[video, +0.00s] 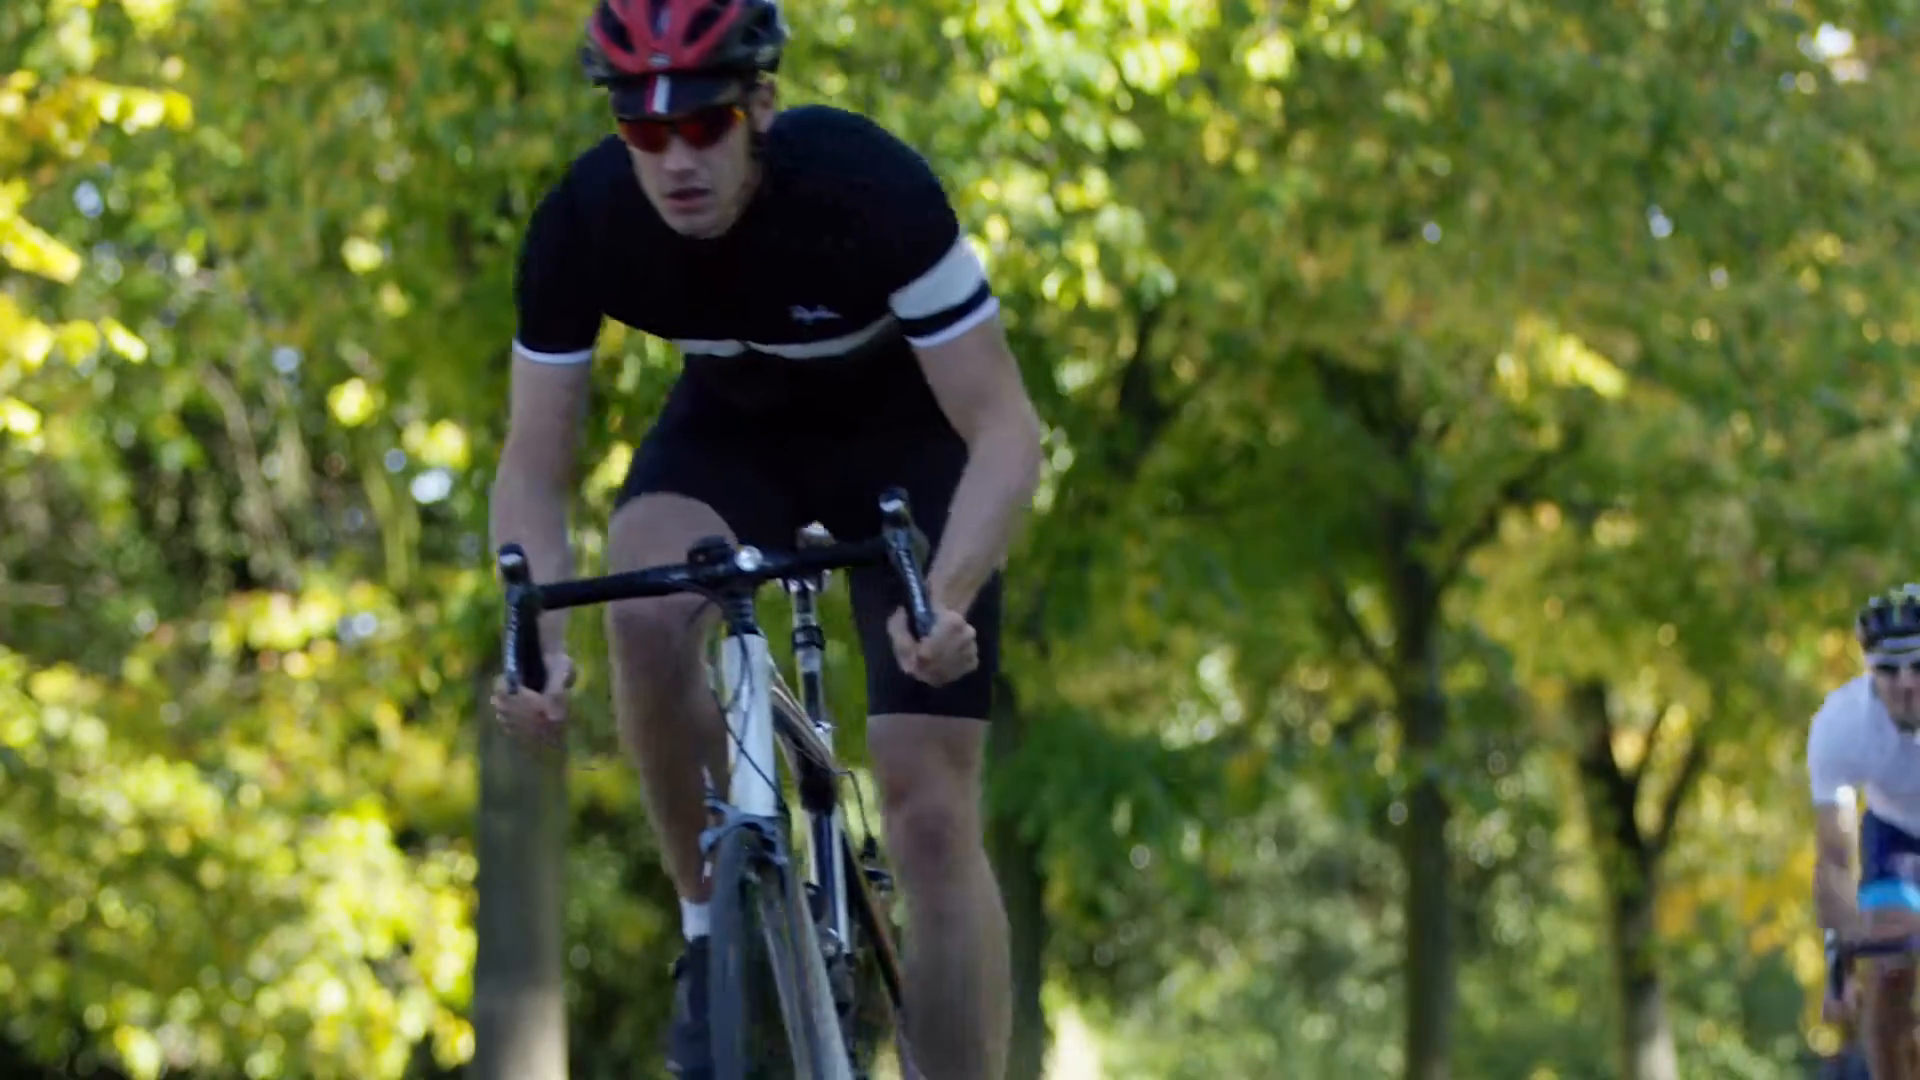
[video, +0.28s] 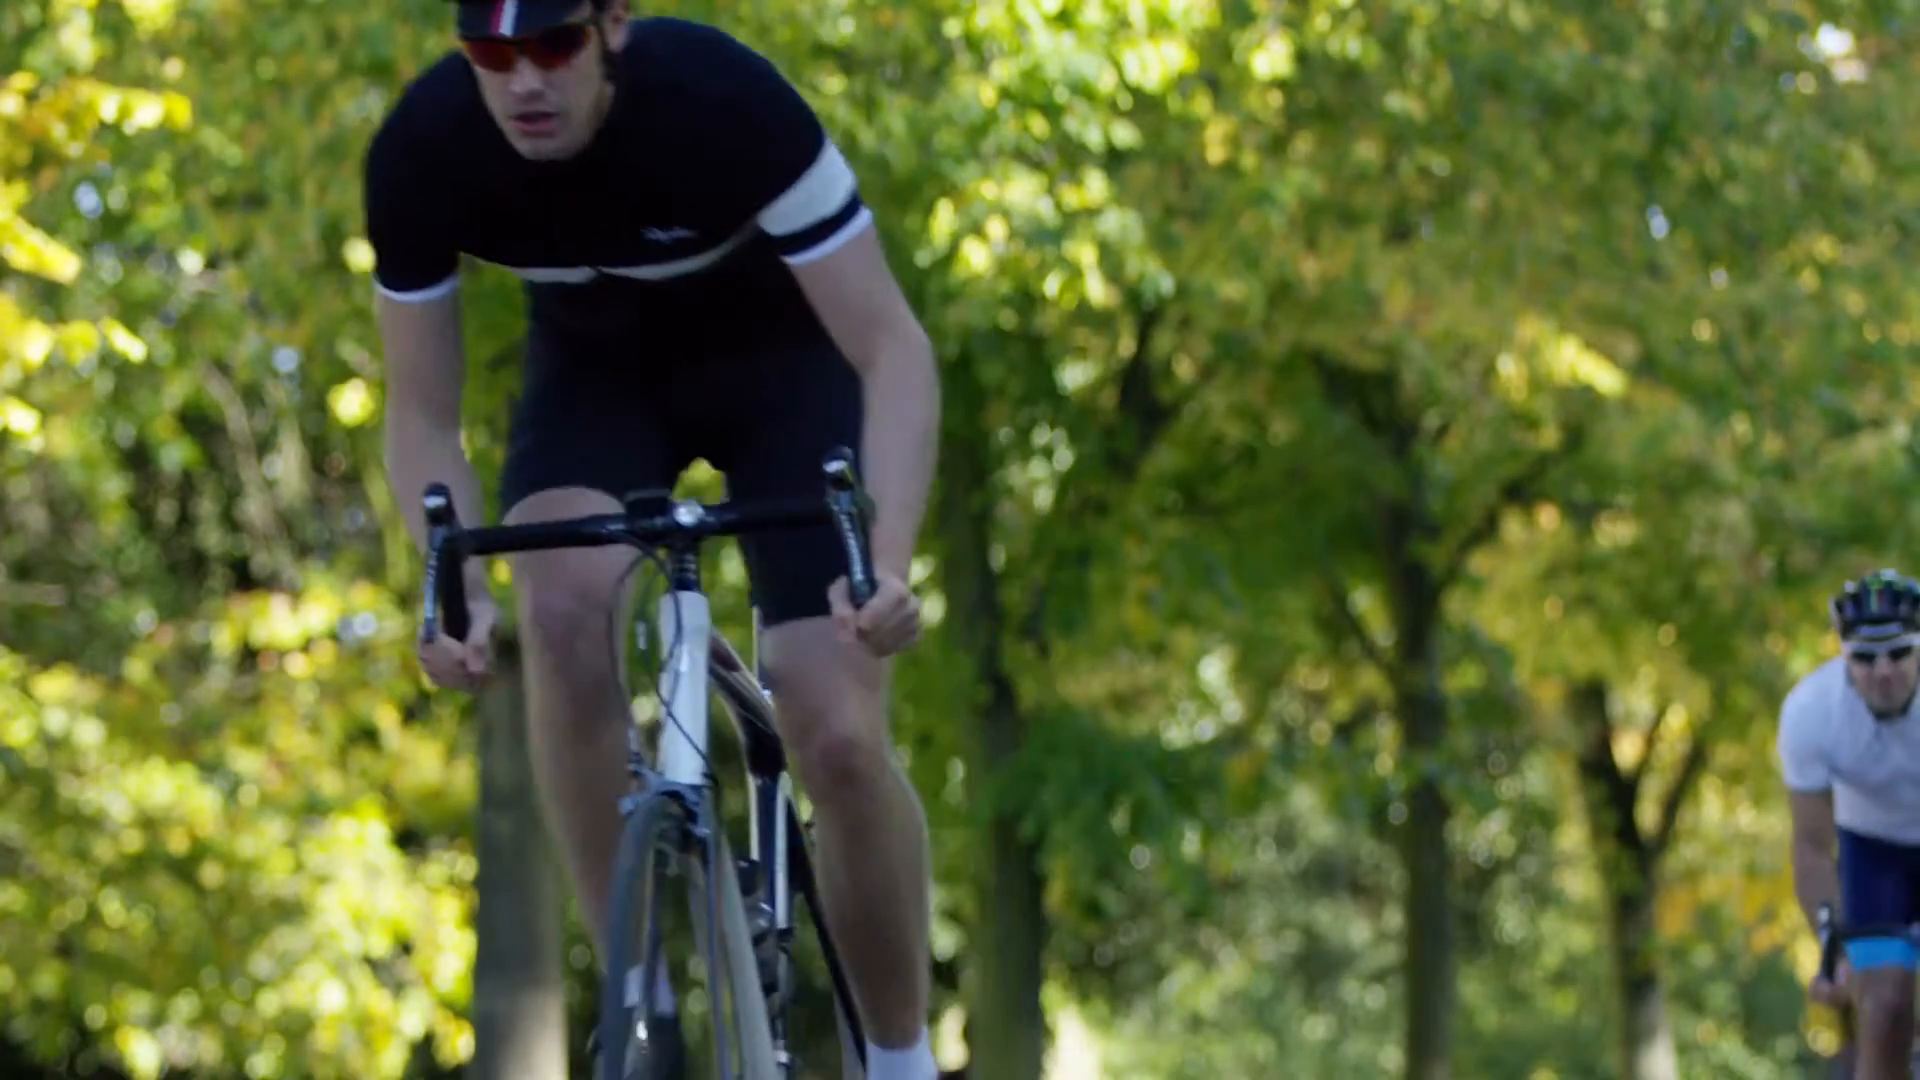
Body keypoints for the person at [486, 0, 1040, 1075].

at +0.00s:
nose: (675, 160)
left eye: (704, 126)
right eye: (644, 131)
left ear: (760, 103)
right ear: (614, 121)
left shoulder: (871, 186)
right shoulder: (583, 223)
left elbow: (1006, 433)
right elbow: (533, 463)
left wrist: (945, 592)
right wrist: (534, 631)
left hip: (901, 412)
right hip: (733, 411)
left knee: (929, 817)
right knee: (645, 602)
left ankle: (949, 1073)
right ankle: (708, 928)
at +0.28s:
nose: (525, 80)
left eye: (553, 45)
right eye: (494, 52)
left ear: (612, 25)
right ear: (463, 46)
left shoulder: (727, 100)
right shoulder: (420, 154)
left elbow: (891, 344)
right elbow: (422, 411)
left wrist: (888, 557)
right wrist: (447, 585)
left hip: (776, 341)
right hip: (588, 353)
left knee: (837, 736)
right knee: (561, 611)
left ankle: (899, 1064)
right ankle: (635, 1003)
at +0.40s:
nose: (462, 49)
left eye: (491, 17)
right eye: (432, 21)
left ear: (546, 8)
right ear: (399, 21)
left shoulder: (665, 75)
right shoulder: (347, 126)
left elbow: (833, 319)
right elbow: (365, 378)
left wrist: (851, 547)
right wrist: (404, 558)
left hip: (715, 312)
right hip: (522, 333)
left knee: (793, 699)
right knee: (523, 659)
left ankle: (865, 1030)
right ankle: (587, 1045)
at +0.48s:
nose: (417, 30)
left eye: (448, 1)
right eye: (387, 4)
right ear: (355, 4)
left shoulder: (624, 62)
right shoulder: (301, 111)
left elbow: (795, 316)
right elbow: (323, 368)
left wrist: (824, 531)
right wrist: (370, 535)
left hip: (680, 316)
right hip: (480, 341)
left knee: (760, 679)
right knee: (495, 671)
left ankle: (837, 985)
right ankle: (557, 1065)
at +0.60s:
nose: (354, 0)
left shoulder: (560, 37)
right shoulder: (229, 86)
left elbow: (725, 288)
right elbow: (255, 346)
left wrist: (773, 517)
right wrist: (300, 520)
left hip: (616, 320)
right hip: (417, 357)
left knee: (687, 621)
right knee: (447, 709)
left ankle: (784, 931)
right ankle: (498, 1065)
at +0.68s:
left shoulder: (516, 27)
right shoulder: (181, 69)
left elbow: (684, 289)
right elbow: (202, 336)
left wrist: (730, 513)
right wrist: (250, 500)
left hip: (565, 293)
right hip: (361, 336)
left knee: (633, 581)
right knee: (411, 726)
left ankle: (739, 879)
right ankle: (464, 1069)